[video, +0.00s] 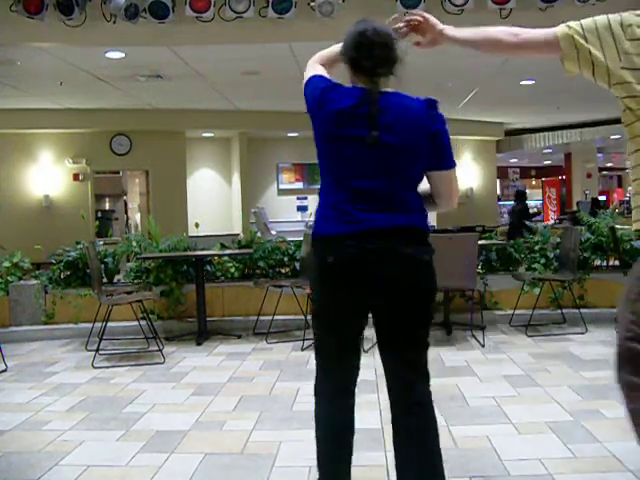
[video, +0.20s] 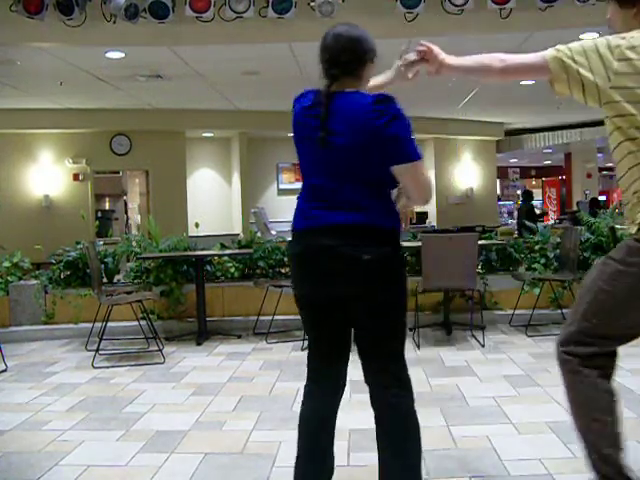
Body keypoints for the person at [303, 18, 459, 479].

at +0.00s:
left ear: (348, 66)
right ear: (395, 65)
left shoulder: (329, 106)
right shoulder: (423, 114)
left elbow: (317, 63)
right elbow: (446, 200)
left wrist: (365, 42)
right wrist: (412, 194)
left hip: (339, 257)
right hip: (405, 256)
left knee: (334, 383)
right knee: (410, 382)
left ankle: (333, 476)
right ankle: (423, 477)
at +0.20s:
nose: (374, 69)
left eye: (373, 63)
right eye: (373, 62)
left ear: (325, 66)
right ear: (368, 66)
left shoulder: (304, 108)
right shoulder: (383, 111)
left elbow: (354, 93)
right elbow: (420, 191)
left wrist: (399, 73)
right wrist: (402, 195)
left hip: (312, 252)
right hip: (374, 253)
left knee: (323, 375)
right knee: (388, 375)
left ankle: (310, 476)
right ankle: (401, 475)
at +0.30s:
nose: (361, 81)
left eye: (359, 73)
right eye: (358, 73)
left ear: (314, 76)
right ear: (348, 76)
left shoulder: (296, 125)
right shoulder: (353, 124)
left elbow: (347, 142)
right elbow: (393, 202)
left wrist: (395, 106)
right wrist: (400, 210)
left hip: (301, 259)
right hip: (349, 261)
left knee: (326, 377)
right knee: (379, 385)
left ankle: (299, 476)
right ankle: (392, 475)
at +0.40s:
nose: (354, 85)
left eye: (352, 76)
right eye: (347, 77)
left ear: (320, 83)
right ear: (325, 82)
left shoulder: (303, 127)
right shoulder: (317, 130)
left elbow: (349, 178)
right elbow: (348, 209)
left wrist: (399, 137)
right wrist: (386, 207)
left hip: (301, 267)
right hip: (324, 269)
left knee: (327, 382)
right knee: (358, 385)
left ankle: (299, 476)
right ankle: (371, 476)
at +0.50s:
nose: (341, 82)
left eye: (338, 74)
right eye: (332, 74)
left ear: (309, 81)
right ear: (306, 80)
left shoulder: (312, 129)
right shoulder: (294, 131)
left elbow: (345, 189)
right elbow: (309, 208)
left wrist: (398, 160)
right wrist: (362, 211)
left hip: (312, 266)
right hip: (300, 268)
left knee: (323, 379)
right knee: (338, 386)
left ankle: (293, 475)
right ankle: (332, 475)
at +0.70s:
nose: (313, 76)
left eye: (311, 69)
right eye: (305, 70)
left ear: (289, 77)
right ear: (279, 76)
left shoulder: (302, 130)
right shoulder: (255, 126)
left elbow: (325, 201)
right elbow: (253, 202)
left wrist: (371, 176)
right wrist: (317, 208)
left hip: (305, 257)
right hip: (270, 258)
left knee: (309, 372)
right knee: (291, 371)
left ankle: (293, 475)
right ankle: (217, 470)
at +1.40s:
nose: (195, 106)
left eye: (193, 97)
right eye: (188, 97)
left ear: (169, 102)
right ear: (165, 101)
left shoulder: (176, 155)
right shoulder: (133, 148)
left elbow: (191, 227)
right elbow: (119, 225)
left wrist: (237, 199)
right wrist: (183, 245)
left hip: (171, 276)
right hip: (133, 280)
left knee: (213, 369)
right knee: (174, 380)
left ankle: (206, 464)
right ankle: (174, 473)